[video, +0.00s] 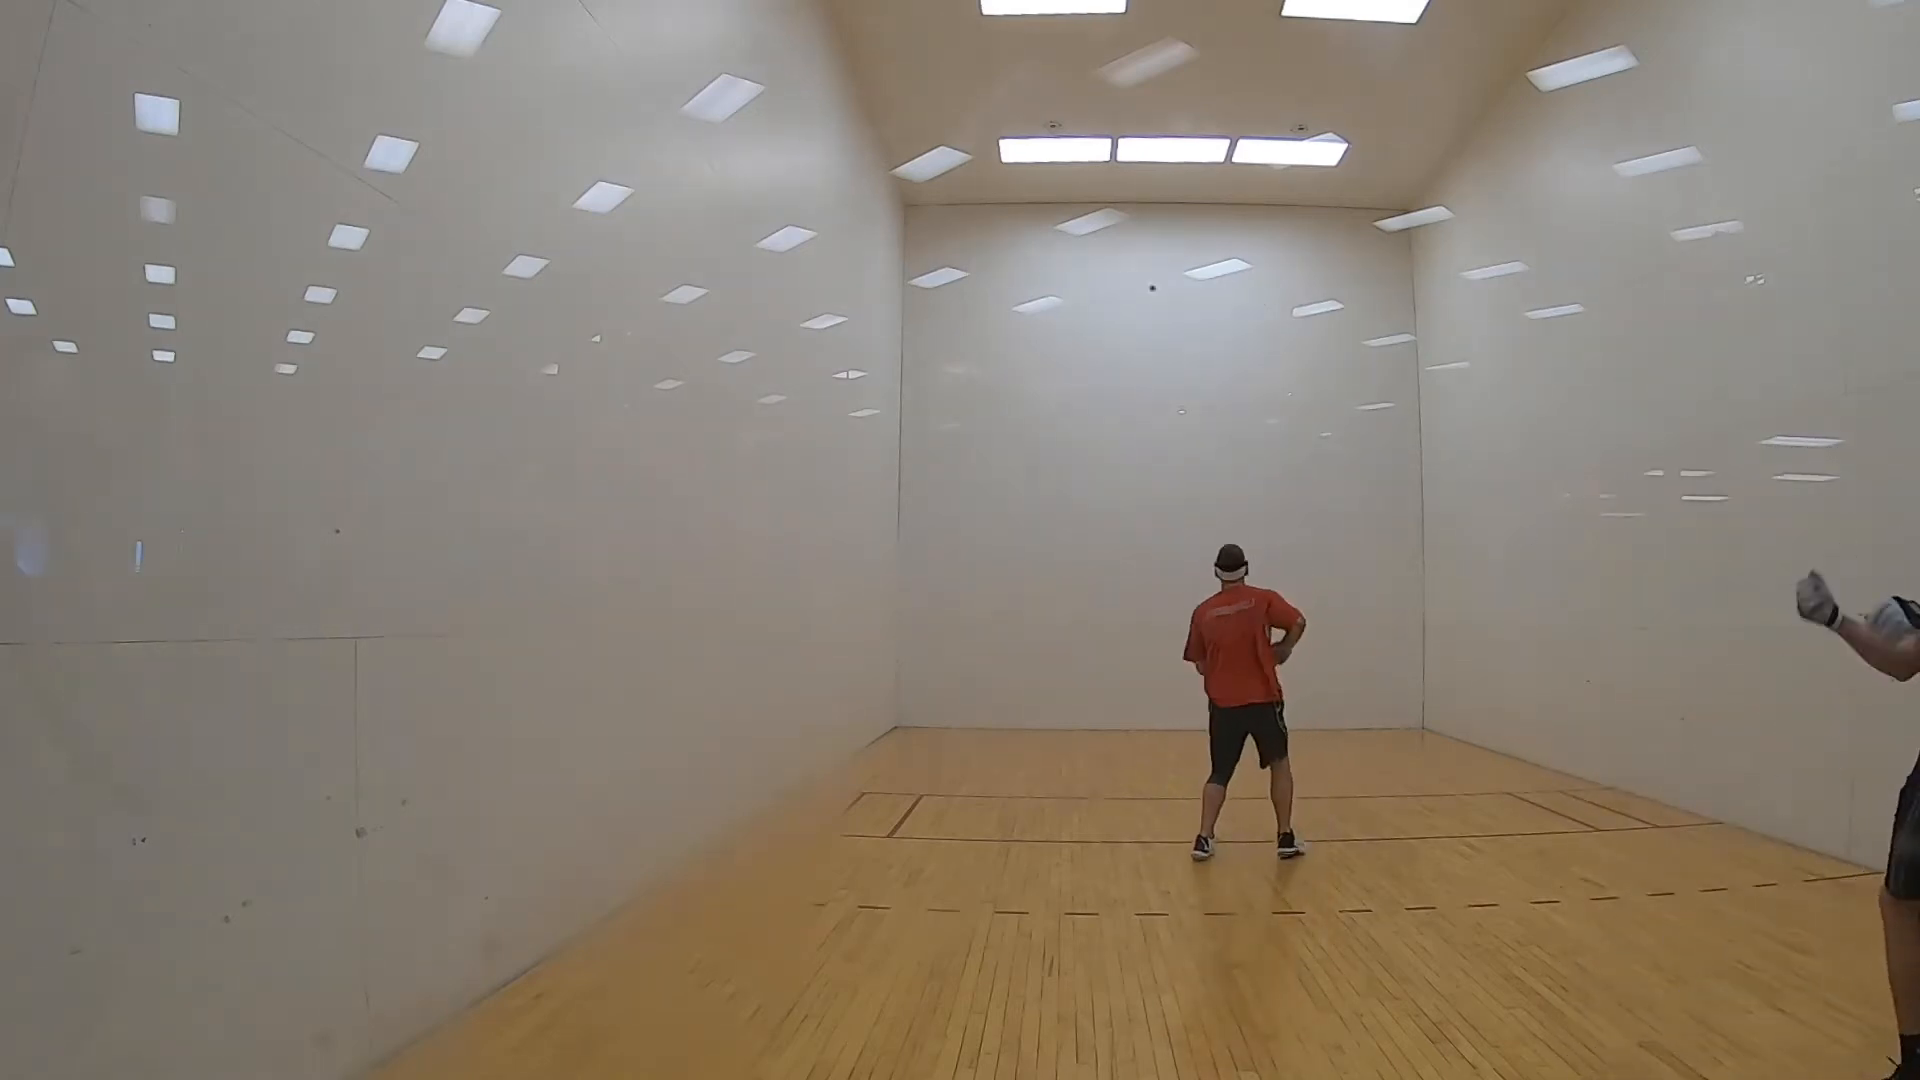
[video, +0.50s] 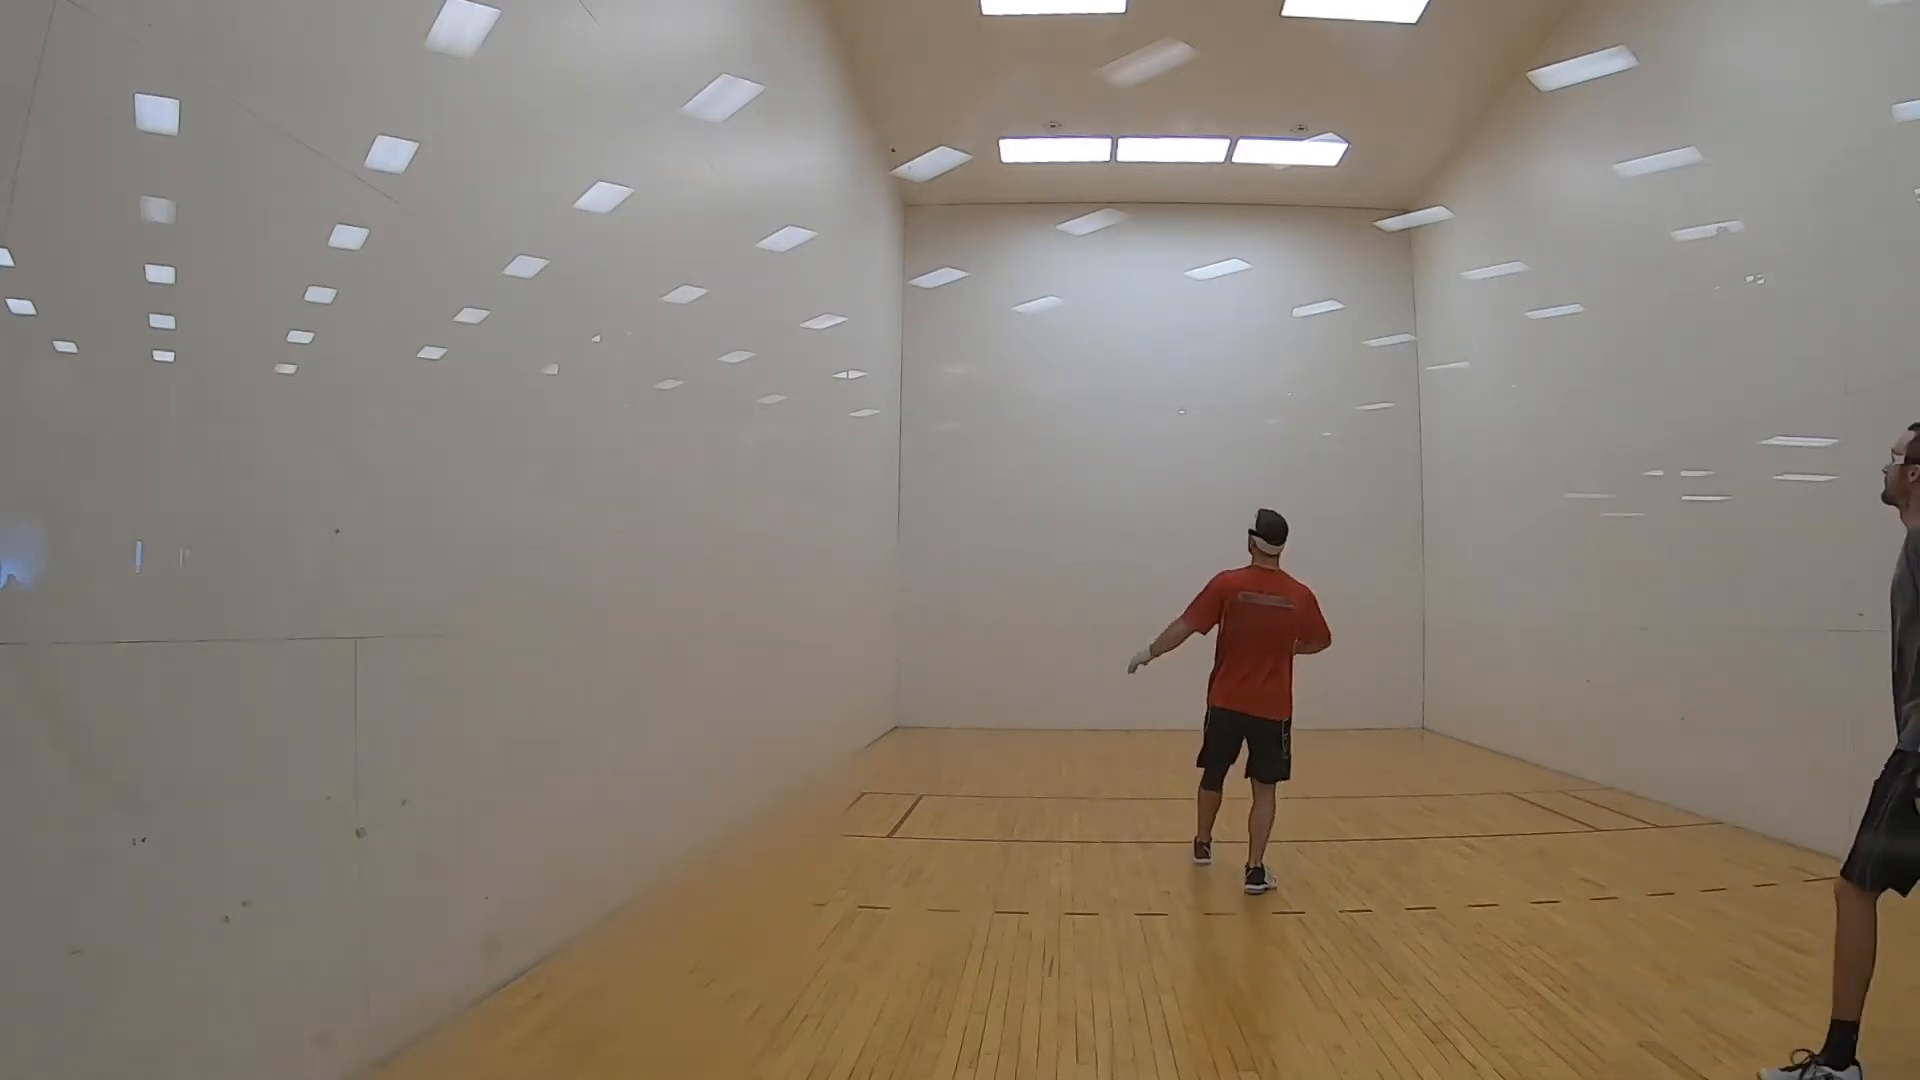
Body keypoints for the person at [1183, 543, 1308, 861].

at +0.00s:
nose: (1231, 573)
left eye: (1223, 569)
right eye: (1237, 567)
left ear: (1217, 572)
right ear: (1245, 569)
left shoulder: (1203, 612)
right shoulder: (1264, 599)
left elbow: (1200, 662)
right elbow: (1297, 622)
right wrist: (1283, 649)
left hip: (1224, 707)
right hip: (1263, 703)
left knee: (1219, 774)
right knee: (1279, 764)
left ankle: (1204, 837)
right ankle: (1285, 837)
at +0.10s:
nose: (1228, 564)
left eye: (1225, 559)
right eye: (1237, 562)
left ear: (1221, 561)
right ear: (1250, 563)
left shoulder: (1199, 603)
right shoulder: (1268, 598)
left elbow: (1191, 655)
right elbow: (1296, 635)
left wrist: (1199, 696)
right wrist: (1275, 654)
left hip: (1217, 704)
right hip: (1260, 703)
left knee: (1215, 772)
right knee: (1275, 770)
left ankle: (1203, 838)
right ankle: (1275, 838)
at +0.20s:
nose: (1233, 564)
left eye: (1227, 558)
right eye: (1243, 561)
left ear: (1225, 560)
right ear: (1255, 563)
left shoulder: (1200, 603)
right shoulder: (1271, 603)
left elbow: (1178, 651)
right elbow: (1299, 647)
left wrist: (1163, 691)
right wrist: (1267, 648)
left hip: (1216, 708)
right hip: (1259, 708)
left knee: (1214, 772)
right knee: (1271, 777)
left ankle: (1202, 837)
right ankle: (1268, 837)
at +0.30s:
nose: (1233, 563)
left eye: (1232, 559)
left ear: (1232, 563)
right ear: (1263, 565)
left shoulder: (1206, 606)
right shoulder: (1279, 611)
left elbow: (1173, 645)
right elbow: (1302, 651)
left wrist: (1139, 680)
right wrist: (1265, 639)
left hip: (1216, 713)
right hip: (1259, 715)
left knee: (1213, 776)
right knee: (1266, 787)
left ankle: (1203, 838)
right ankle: (1267, 846)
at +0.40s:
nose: (1242, 554)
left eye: (1242, 549)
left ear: (1244, 554)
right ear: (1275, 558)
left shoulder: (1217, 597)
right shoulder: (1291, 605)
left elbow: (1179, 636)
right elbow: (1309, 647)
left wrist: (1142, 663)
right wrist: (1272, 638)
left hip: (1223, 710)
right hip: (1267, 715)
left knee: (1211, 777)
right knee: (1267, 790)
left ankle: (1202, 835)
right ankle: (1255, 864)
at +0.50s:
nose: (1248, 541)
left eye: (1249, 536)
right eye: (1257, 537)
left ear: (1252, 541)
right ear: (1283, 545)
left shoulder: (1226, 583)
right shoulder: (1300, 595)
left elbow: (1186, 626)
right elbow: (1320, 641)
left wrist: (1149, 652)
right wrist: (1284, 644)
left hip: (1226, 701)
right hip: (1272, 708)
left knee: (1213, 774)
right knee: (1264, 789)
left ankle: (1203, 843)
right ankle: (1255, 869)